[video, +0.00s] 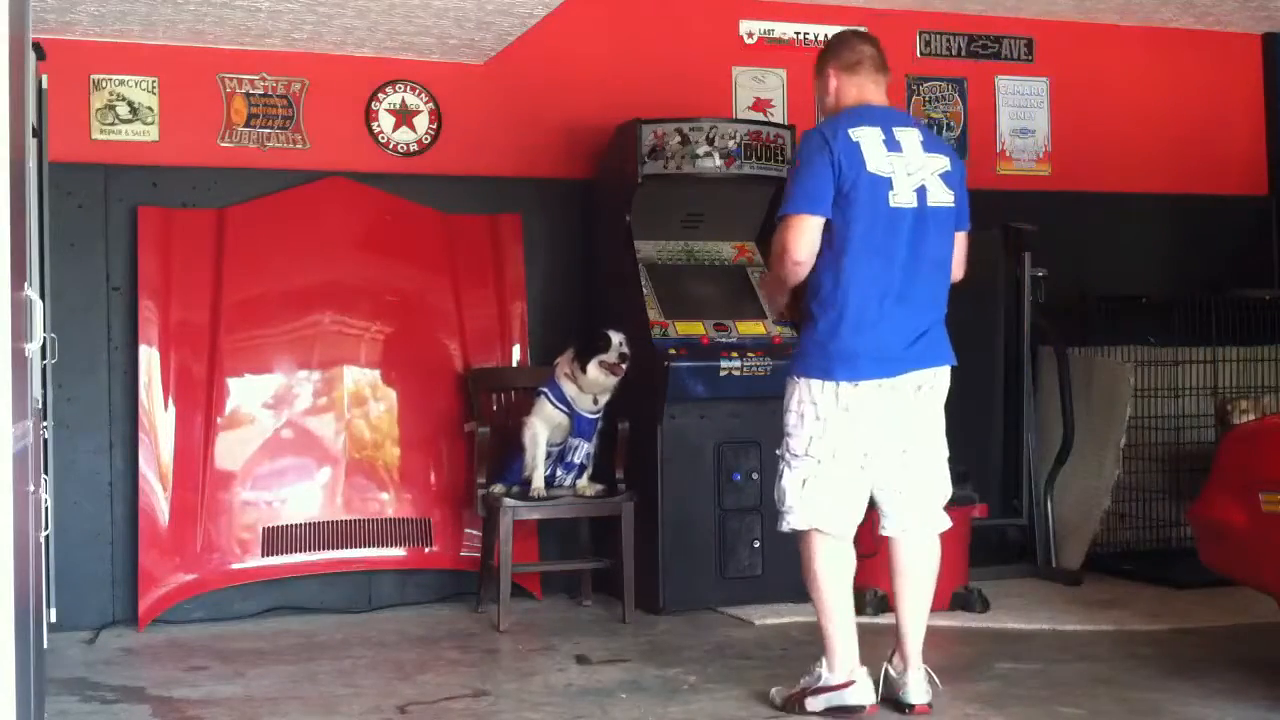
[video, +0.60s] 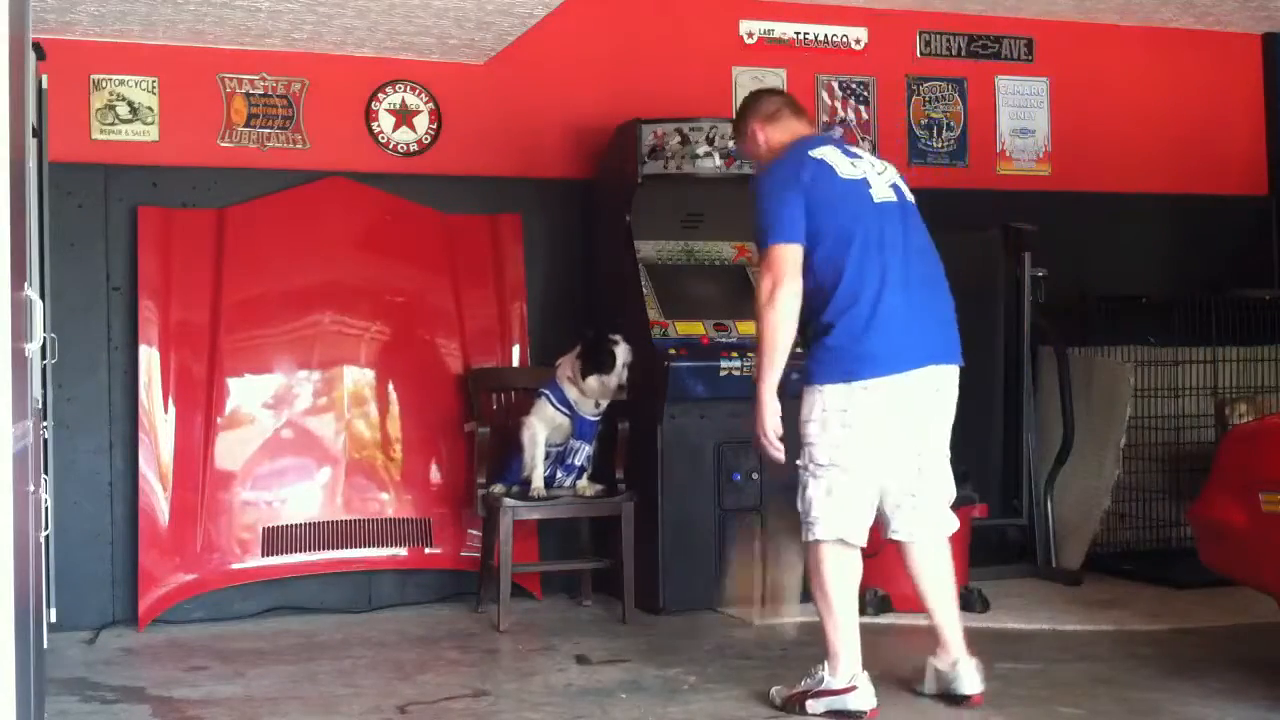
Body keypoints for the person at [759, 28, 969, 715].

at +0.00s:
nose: (819, 98)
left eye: (818, 87)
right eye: (820, 87)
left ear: (832, 79)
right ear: (886, 80)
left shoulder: (828, 142)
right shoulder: (942, 149)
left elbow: (796, 256)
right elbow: (955, 266)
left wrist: (774, 291)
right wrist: (880, 276)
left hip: (839, 370)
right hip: (923, 366)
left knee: (824, 519)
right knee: (915, 515)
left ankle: (841, 675)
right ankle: (911, 670)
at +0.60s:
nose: (749, 159)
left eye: (746, 148)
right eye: (746, 150)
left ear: (759, 130)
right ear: (801, 118)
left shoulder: (784, 173)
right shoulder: (868, 162)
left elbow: (781, 285)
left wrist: (767, 390)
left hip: (853, 366)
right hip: (935, 356)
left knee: (833, 522)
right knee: (924, 514)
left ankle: (843, 674)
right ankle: (957, 660)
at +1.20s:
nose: (814, 170)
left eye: (809, 155)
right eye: (808, 159)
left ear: (828, 130)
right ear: (856, 122)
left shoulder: (870, 169)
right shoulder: (932, 161)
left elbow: (866, 262)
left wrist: (768, 291)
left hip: (921, 362)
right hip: (990, 353)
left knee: (884, 507)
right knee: (979, 506)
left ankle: (895, 657)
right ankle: (981, 649)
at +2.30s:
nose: (792, 179)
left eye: (787, 163)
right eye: (783, 171)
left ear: (813, 125)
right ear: (819, 124)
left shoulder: (862, 166)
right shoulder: (882, 153)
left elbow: (889, 256)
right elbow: (905, 257)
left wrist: (836, 351)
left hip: (918, 357)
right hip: (953, 350)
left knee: (895, 507)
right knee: (943, 498)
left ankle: (905, 663)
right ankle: (990, 630)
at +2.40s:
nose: (797, 177)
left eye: (794, 161)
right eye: (789, 169)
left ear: (820, 123)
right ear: (828, 121)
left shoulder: (870, 164)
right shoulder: (888, 153)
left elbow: (910, 250)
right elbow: (892, 262)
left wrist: (898, 362)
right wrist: (827, 297)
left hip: (924, 359)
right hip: (955, 355)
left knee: (900, 503)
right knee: (941, 496)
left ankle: (905, 663)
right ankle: (995, 621)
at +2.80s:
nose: (840, 202)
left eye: (840, 186)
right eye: (831, 194)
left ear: (870, 154)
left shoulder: (944, 185)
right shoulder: (881, 223)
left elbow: (1002, 269)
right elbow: (881, 325)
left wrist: (986, 369)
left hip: (995, 375)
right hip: (942, 379)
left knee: (960, 511)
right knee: (963, 512)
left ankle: (930, 655)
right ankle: (1012, 634)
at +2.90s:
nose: (848, 210)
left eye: (849, 195)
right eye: (840, 201)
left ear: (878, 163)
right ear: (866, 176)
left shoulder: (953, 190)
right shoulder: (882, 227)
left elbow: (1005, 279)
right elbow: (896, 318)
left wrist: (978, 378)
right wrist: (889, 403)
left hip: (1014, 366)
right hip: (956, 371)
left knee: (986, 498)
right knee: (964, 502)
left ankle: (996, 642)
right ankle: (1008, 632)